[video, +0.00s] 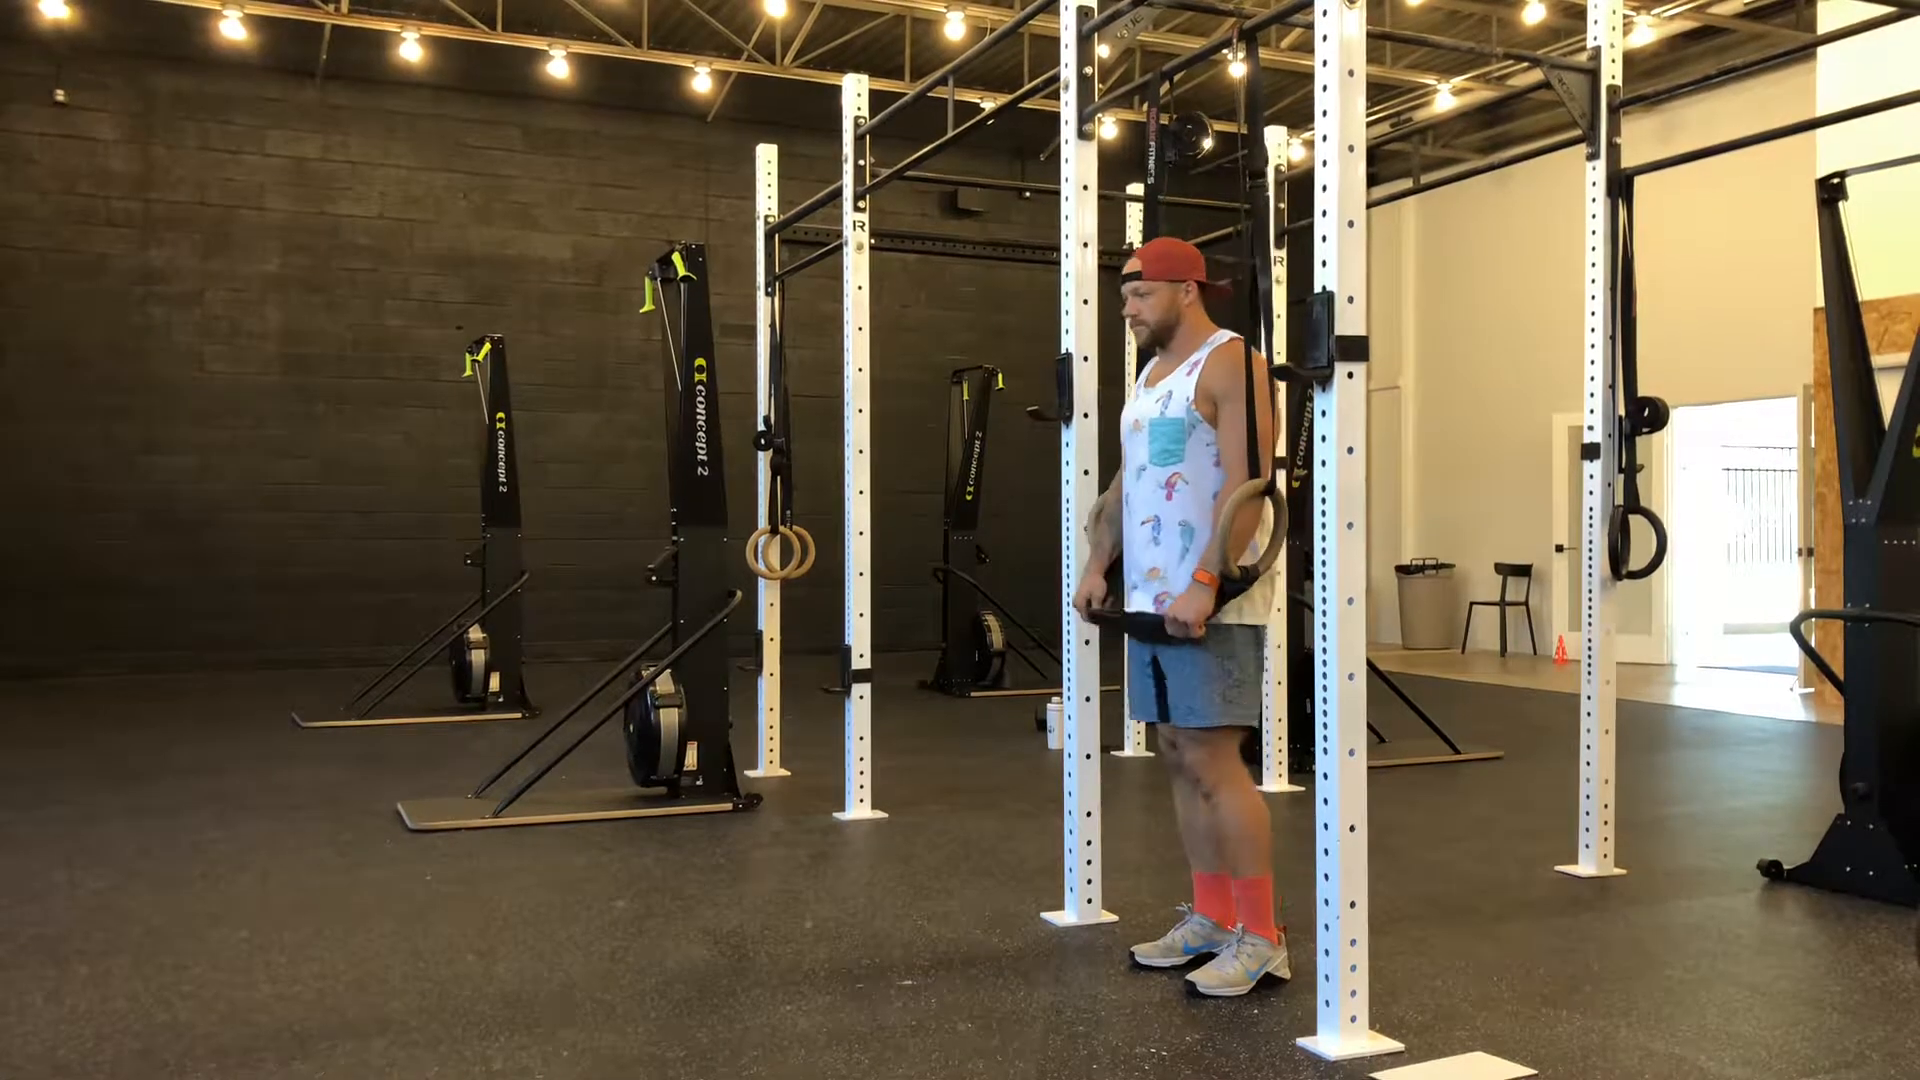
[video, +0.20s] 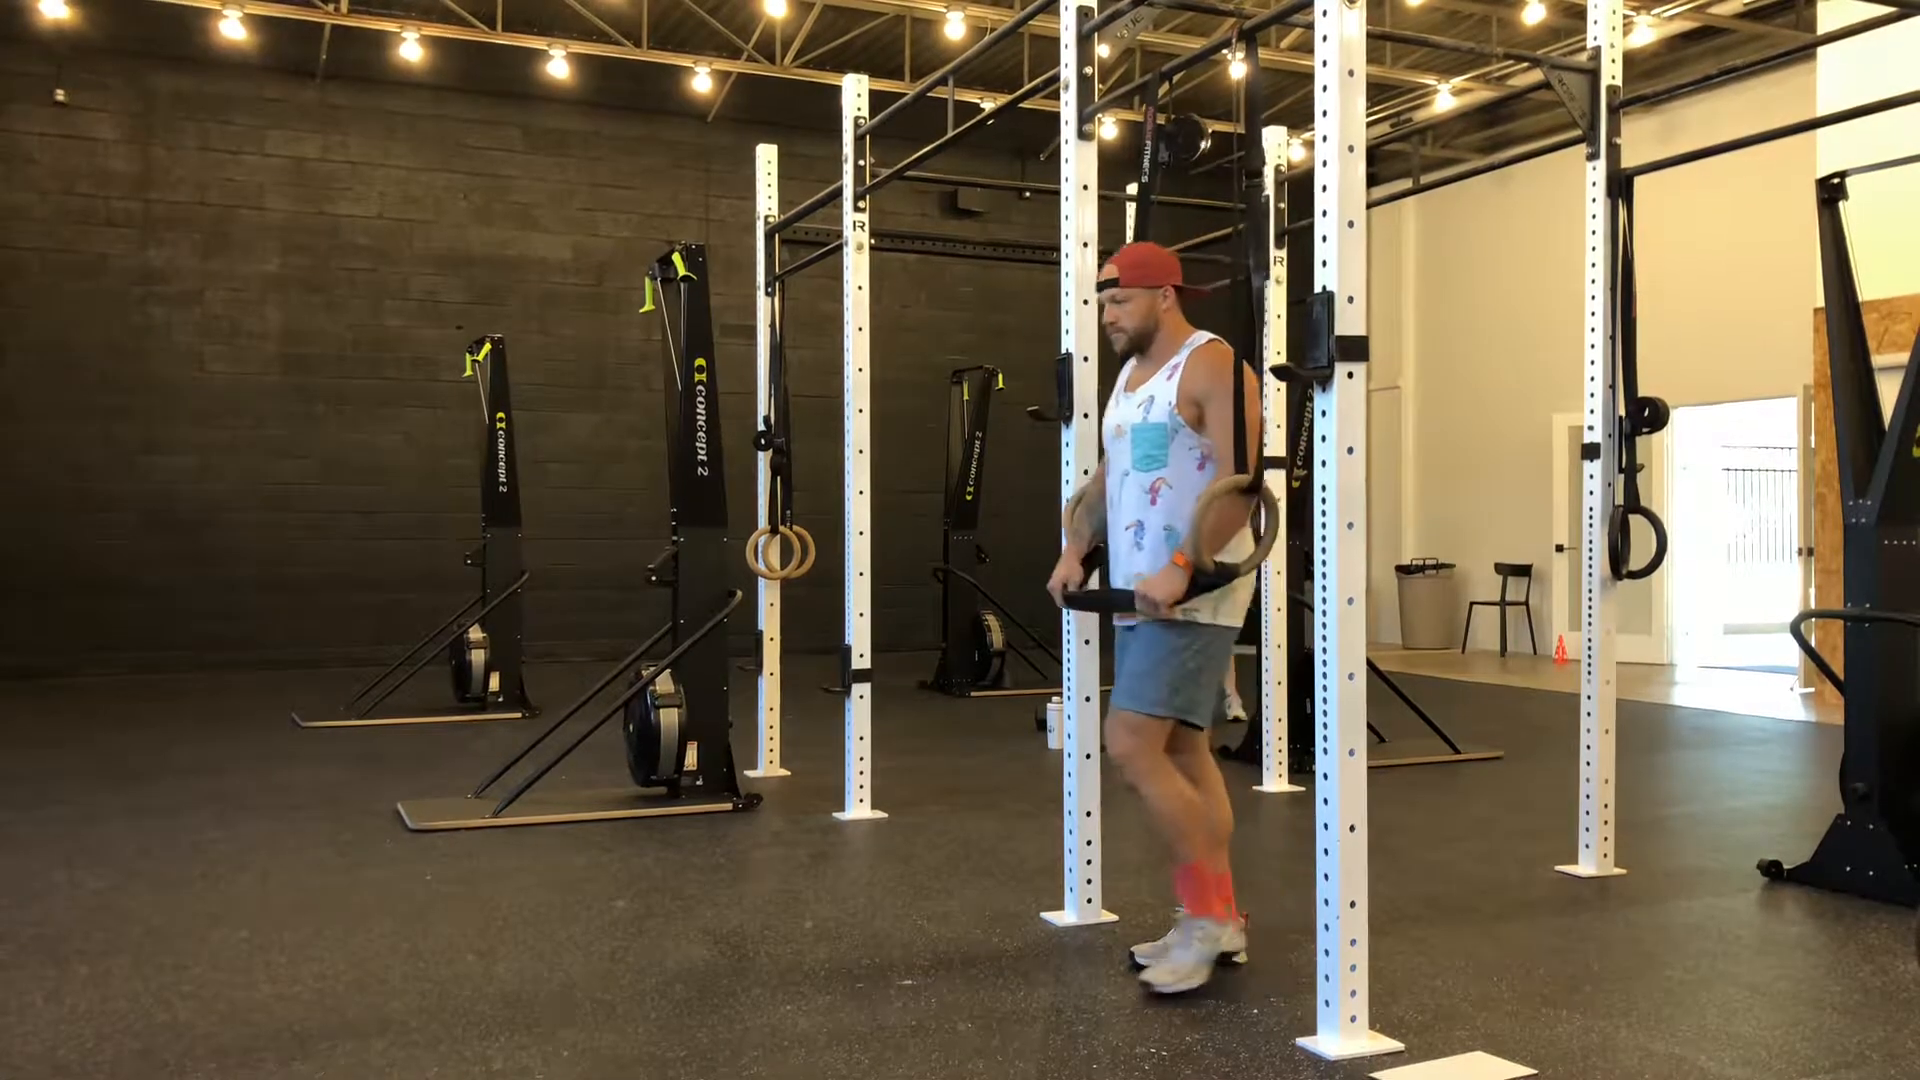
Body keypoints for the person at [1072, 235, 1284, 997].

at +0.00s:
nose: (1128, 301)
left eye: (1141, 288)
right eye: (1126, 289)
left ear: (1185, 292)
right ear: (1145, 299)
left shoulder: (1232, 364)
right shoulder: (1149, 375)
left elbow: (1249, 485)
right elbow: (1130, 481)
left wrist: (1208, 579)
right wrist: (1097, 559)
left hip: (1214, 601)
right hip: (1155, 600)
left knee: (1215, 762)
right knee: (1182, 760)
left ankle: (1261, 937)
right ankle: (1213, 921)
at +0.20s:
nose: (1107, 309)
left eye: (1118, 295)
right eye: (1104, 297)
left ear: (1163, 298)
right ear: (1124, 304)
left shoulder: (1210, 363)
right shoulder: (1131, 377)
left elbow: (1243, 480)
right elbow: (1110, 477)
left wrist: (1187, 565)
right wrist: (1076, 544)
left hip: (1197, 591)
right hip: (1149, 589)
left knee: (1133, 742)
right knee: (1187, 754)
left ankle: (1207, 919)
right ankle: (1219, 917)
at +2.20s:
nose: (665, 312)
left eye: (673, 292)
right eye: (661, 297)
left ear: (726, 283)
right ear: (715, 290)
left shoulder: (787, 335)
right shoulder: (737, 365)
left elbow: (895, 411)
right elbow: (807, 450)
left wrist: (888, 536)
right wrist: (777, 533)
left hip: (870, 577)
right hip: (837, 582)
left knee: (851, 772)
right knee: (887, 755)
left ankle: (872, 976)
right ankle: (1006, 881)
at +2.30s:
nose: (657, 318)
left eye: (665, 298)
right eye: (653, 303)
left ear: (720, 291)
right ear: (698, 300)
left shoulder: (785, 345)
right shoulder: (727, 381)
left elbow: (896, 416)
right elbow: (783, 478)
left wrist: (912, 546)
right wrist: (744, 555)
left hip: (871, 580)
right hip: (838, 586)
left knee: (836, 774)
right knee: (907, 754)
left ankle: (870, 976)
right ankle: (1018, 885)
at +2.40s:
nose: (641, 338)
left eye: (648, 317)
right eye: (638, 322)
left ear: (702, 309)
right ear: (690, 315)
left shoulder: (777, 360)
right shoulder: (716, 395)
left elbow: (895, 437)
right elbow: (751, 503)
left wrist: (915, 564)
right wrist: (708, 581)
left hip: (868, 587)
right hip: (843, 590)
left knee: (807, 773)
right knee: (921, 756)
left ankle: (865, 972)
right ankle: (1029, 893)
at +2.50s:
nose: (627, 361)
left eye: (633, 340)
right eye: (622, 345)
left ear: (686, 327)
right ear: (679, 334)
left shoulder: (767, 376)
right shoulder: (703, 415)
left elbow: (886, 453)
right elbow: (733, 519)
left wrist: (906, 577)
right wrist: (669, 581)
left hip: (861, 597)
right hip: (834, 602)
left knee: (783, 779)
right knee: (920, 763)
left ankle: (862, 969)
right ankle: (1031, 896)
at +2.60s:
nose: (600, 392)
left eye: (606, 372)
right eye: (595, 376)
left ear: (659, 353)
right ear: (650, 361)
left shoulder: (745, 400)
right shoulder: (678, 438)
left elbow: (868, 471)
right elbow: (701, 540)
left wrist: (892, 596)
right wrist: (622, 567)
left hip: (850, 611)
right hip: (824, 615)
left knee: (763, 789)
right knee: (912, 775)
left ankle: (855, 960)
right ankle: (1032, 895)